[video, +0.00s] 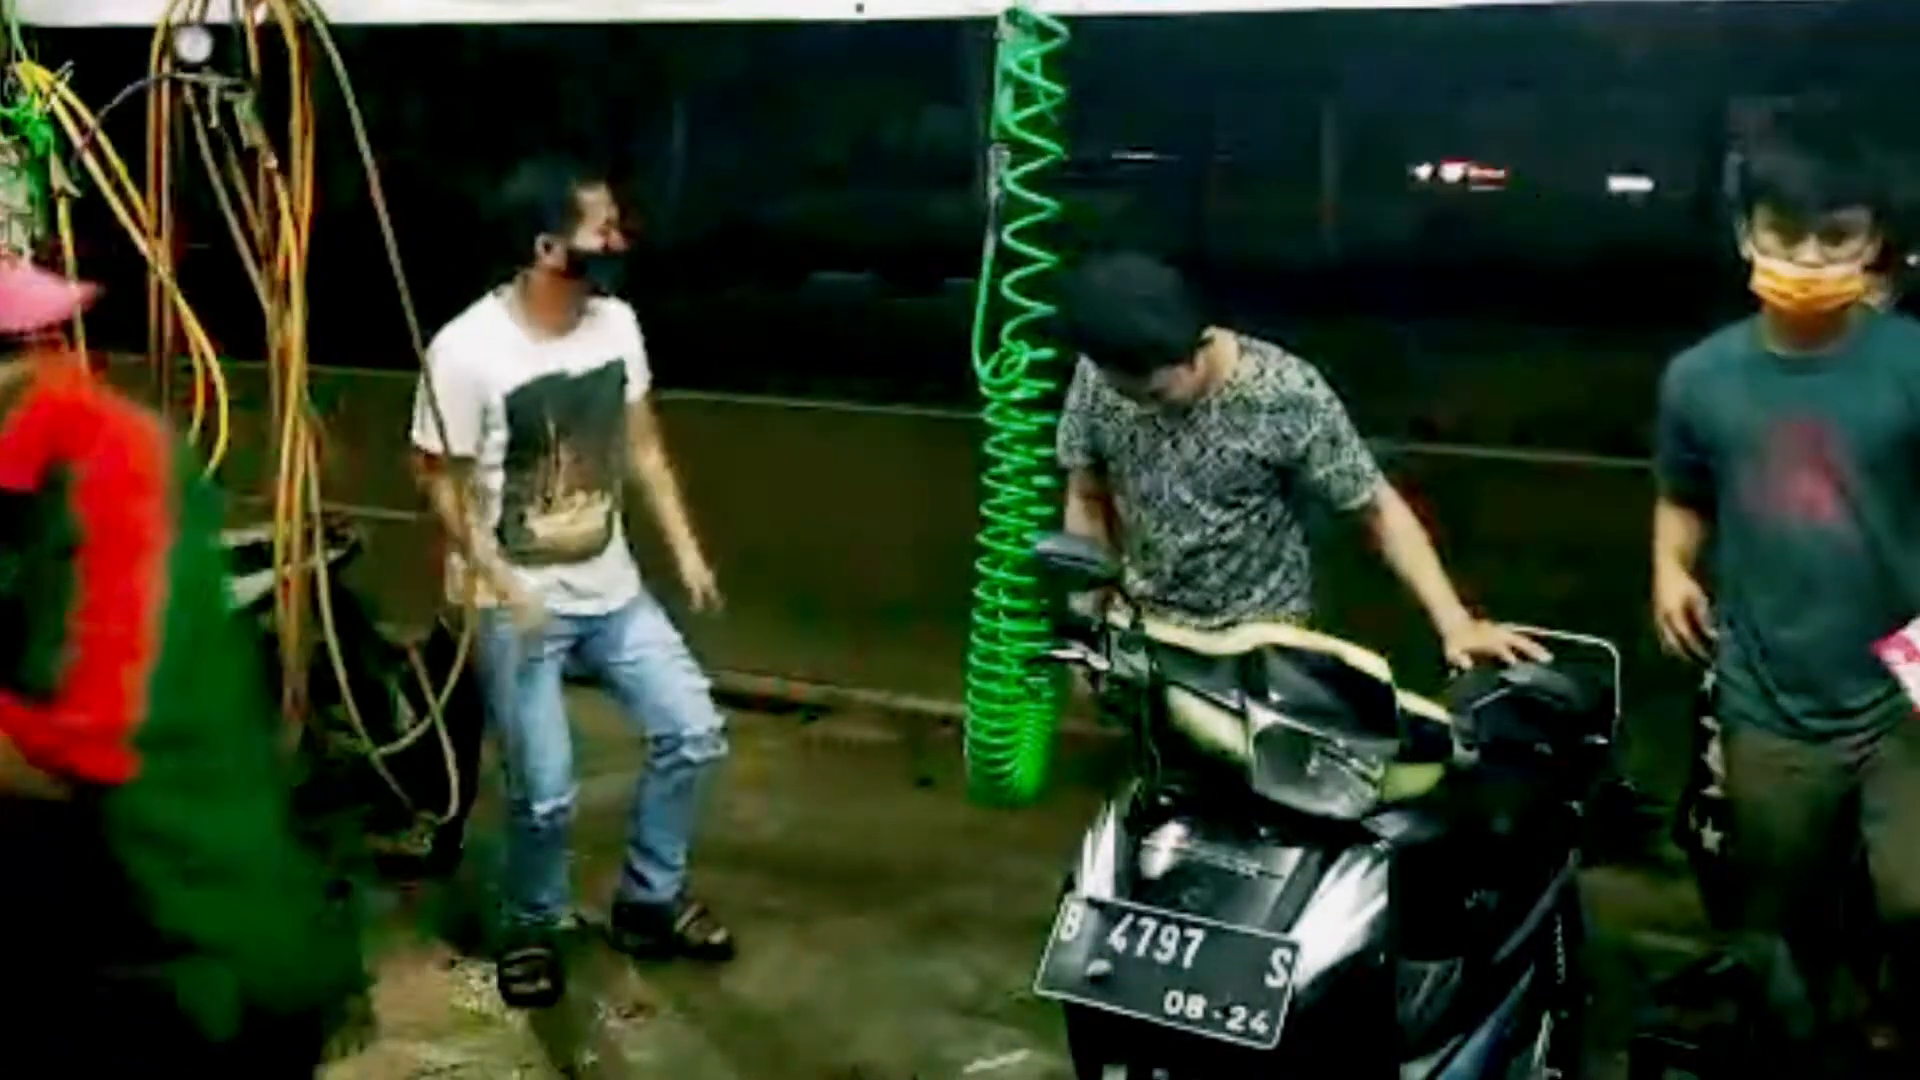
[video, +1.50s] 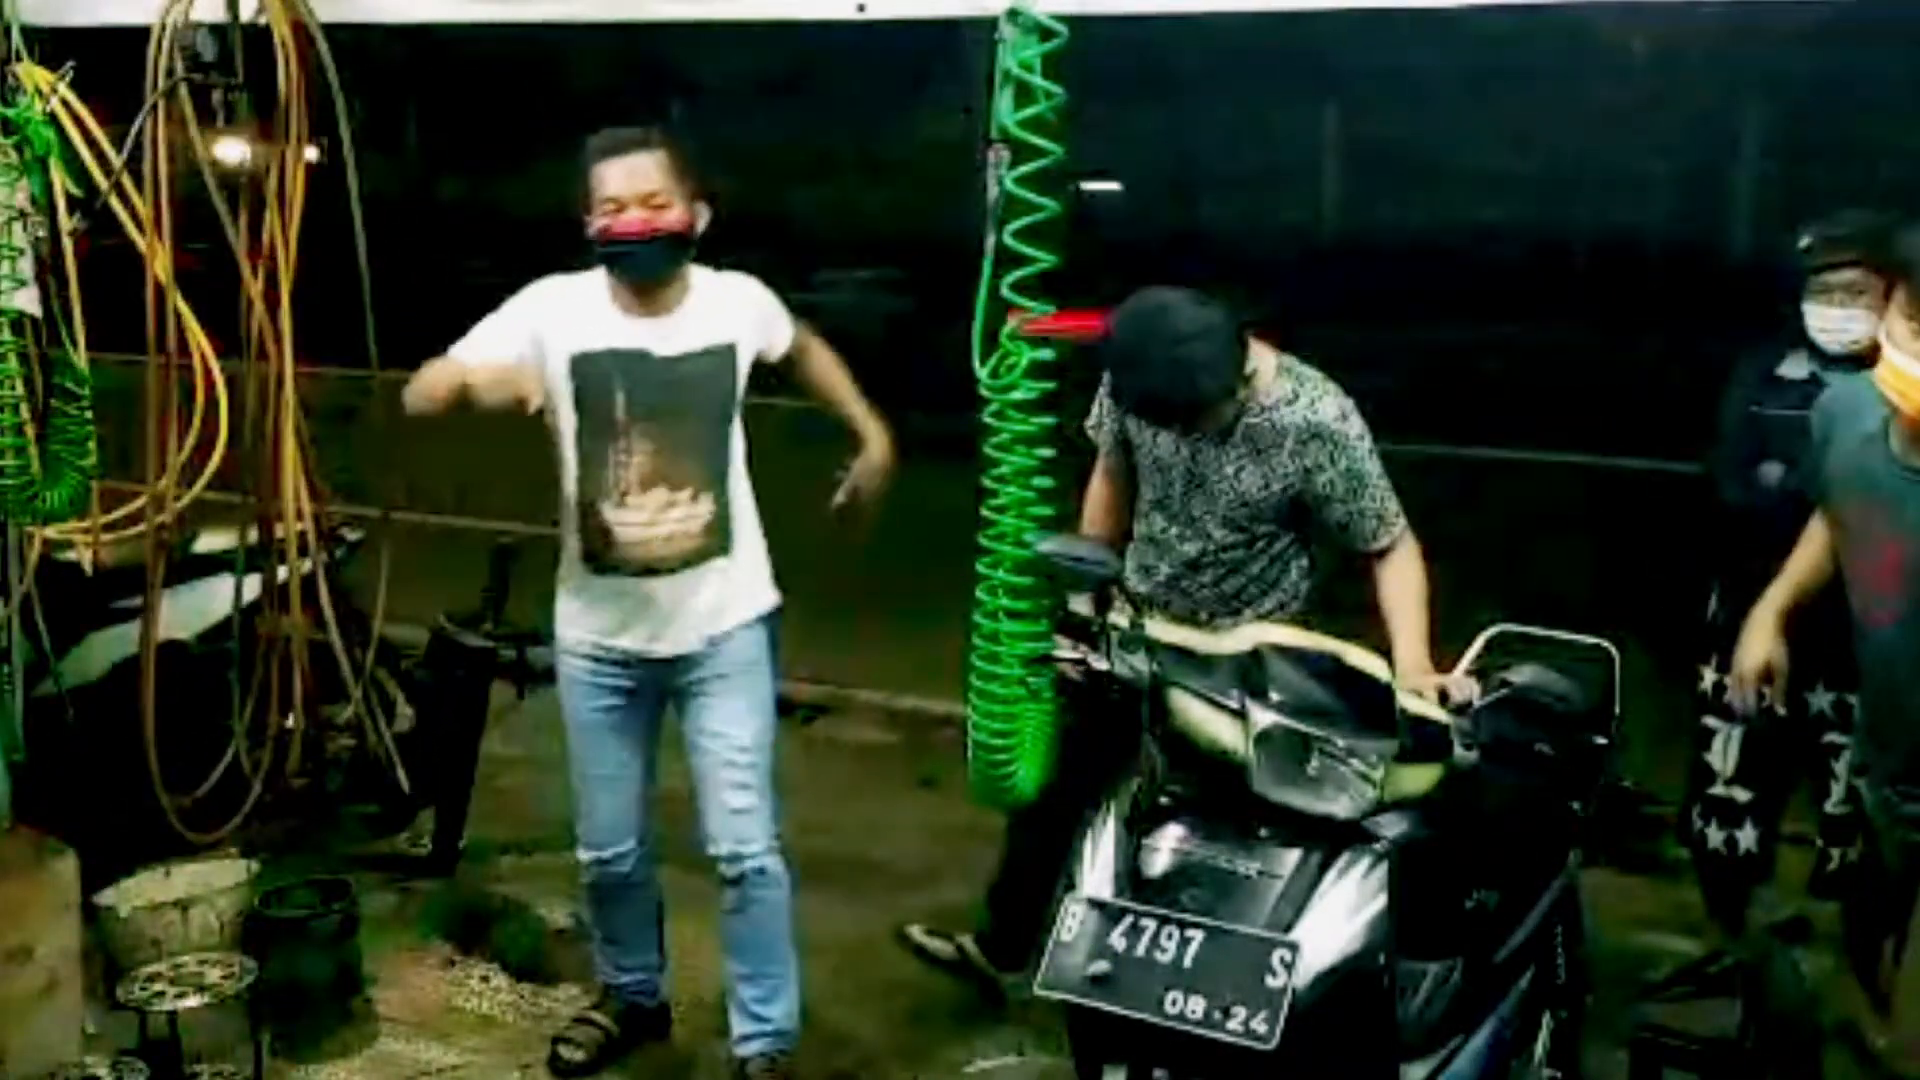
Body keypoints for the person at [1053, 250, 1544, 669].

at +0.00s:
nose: (1147, 401)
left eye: (1154, 386)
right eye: (1127, 389)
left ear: (1189, 348)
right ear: (1106, 366)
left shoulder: (1284, 392)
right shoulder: (1102, 375)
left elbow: (1379, 509)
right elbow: (1085, 500)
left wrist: (1456, 624)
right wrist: (1091, 600)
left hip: (1263, 637)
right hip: (1149, 631)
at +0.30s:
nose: (1169, 407)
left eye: (1178, 393)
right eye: (1155, 393)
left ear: (1213, 364)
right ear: (1132, 372)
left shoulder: (1300, 412)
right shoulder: (1103, 375)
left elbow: (1373, 526)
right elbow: (1079, 496)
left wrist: (1437, 645)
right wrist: (1070, 624)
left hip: (1260, 657)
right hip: (1145, 648)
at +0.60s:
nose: (1188, 404)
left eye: (1199, 389)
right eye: (1172, 391)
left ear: (1236, 358)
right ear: (1147, 367)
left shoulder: (1314, 414)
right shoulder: (1121, 364)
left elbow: (1379, 536)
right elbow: (1094, 486)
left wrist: (1431, 656)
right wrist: (1076, 621)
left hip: (1254, 658)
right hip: (1139, 641)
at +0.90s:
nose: (1196, 387)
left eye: (1210, 371)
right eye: (1181, 371)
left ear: (1248, 345)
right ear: (1157, 352)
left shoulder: (1323, 408)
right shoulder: (1128, 358)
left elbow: (1382, 528)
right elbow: (1095, 482)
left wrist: (1433, 653)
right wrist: (1074, 616)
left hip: (1250, 669)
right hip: (1133, 654)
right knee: (1115, 856)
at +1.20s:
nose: (1194, 404)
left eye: (1209, 391)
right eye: (1180, 390)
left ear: (1248, 358)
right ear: (1154, 360)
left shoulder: (1321, 411)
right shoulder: (1131, 364)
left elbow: (1388, 535)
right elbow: (1096, 489)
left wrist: (1414, 659)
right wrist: (1074, 618)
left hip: (1249, 666)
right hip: (1132, 646)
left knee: (1237, 840)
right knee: (1070, 811)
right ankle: (1036, 989)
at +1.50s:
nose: (1178, 429)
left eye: (1187, 415)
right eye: (1161, 414)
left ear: (1222, 384)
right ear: (1138, 388)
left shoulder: (1315, 423)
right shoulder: (1132, 384)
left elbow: (1393, 546)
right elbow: (1110, 477)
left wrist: (1414, 670)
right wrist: (1085, 589)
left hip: (1252, 659)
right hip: (1138, 634)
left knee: (1251, 826)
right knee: (1056, 797)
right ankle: (1001, 948)